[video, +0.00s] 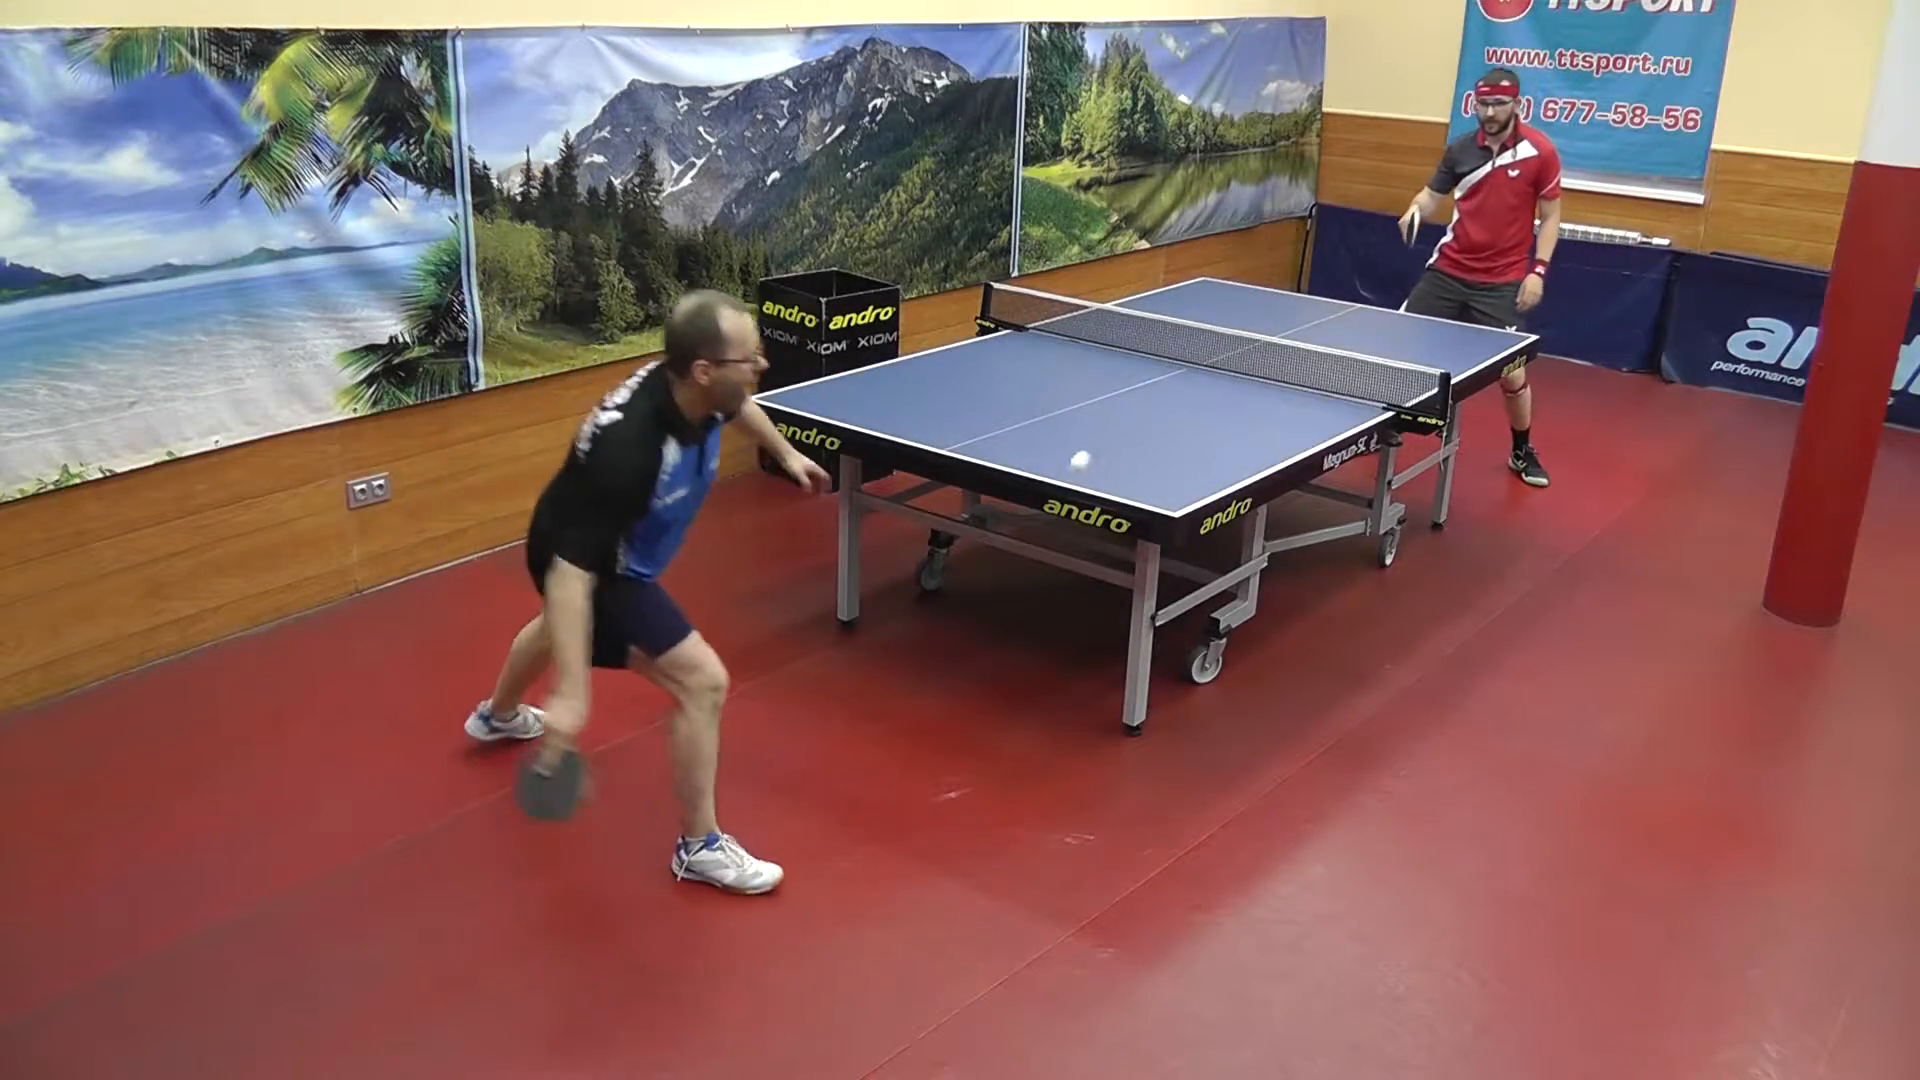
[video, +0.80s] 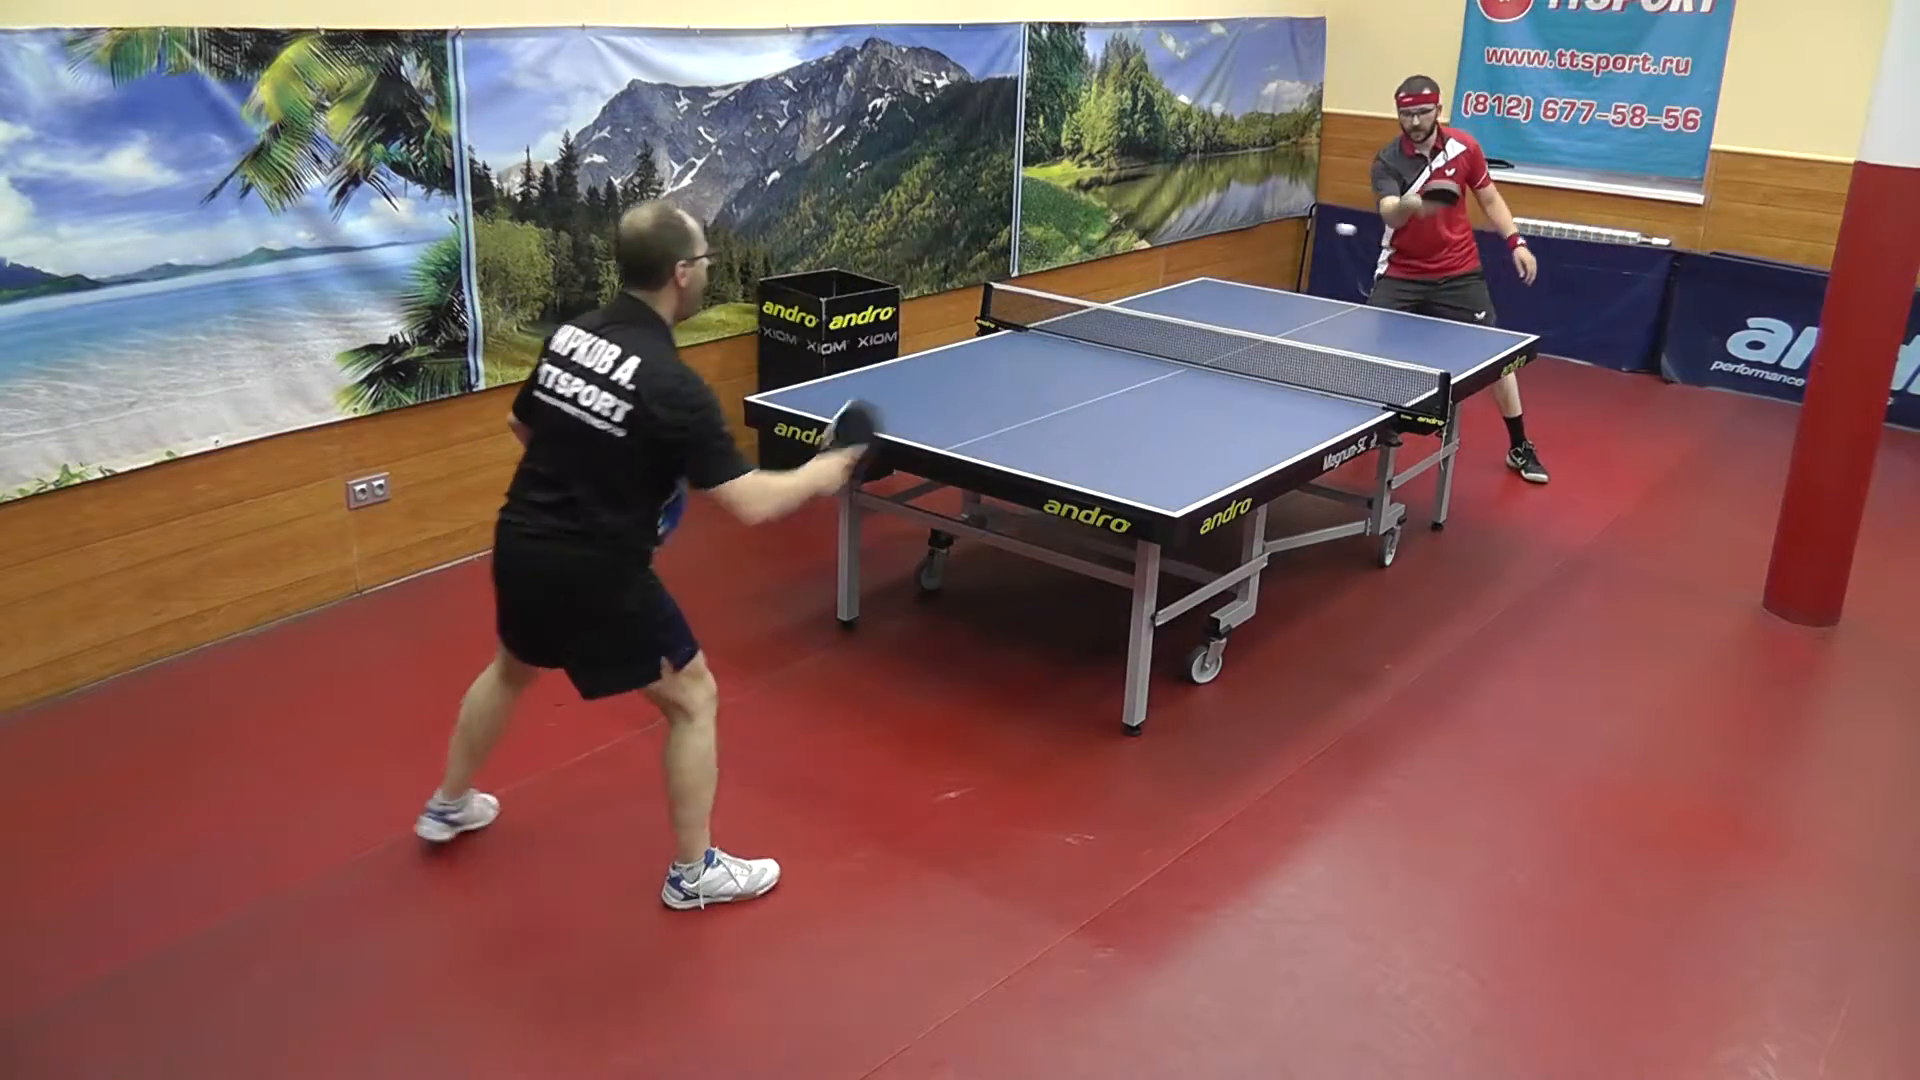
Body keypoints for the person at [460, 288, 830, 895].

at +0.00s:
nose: (758, 368)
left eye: (756, 356)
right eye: (747, 360)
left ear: (707, 368)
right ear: (701, 371)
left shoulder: (693, 384)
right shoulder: (626, 445)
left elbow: (734, 399)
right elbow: (569, 572)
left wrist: (783, 449)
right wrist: (571, 697)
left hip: (611, 556)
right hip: (596, 575)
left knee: (556, 627)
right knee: (703, 683)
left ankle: (496, 712)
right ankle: (701, 842)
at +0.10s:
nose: (792, 363)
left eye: (790, 350)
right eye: (779, 356)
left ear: (727, 360)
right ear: (729, 367)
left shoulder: (687, 367)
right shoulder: (685, 457)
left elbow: (703, 413)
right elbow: (684, 594)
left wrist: (738, 447)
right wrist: (753, 682)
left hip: (573, 517)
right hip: (603, 566)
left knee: (576, 599)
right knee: (731, 691)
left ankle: (523, 690)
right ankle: (705, 842)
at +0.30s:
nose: (822, 310)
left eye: (819, 297)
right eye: (815, 300)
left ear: (743, 302)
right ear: (781, 315)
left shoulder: (682, 338)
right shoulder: (766, 385)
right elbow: (887, 353)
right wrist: (872, 240)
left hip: (577, 506)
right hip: (639, 564)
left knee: (574, 557)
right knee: (738, 687)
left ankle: (552, 624)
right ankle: (705, 841)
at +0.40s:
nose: (807, 267)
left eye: (804, 254)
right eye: (801, 256)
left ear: (730, 262)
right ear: (773, 267)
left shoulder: (672, 315)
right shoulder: (761, 343)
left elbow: (610, 396)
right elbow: (880, 297)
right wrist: (854, 195)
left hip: (583, 505)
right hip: (650, 547)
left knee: (577, 554)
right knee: (726, 685)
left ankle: (535, 630)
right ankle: (704, 842)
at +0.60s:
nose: (753, 251)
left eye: (750, 239)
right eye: (747, 242)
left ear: (674, 253)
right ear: (727, 257)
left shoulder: (622, 323)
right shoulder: (734, 349)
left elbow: (564, 411)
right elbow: (867, 390)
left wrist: (614, 465)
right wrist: (910, 293)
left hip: (571, 535)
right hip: (650, 561)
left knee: (568, 620)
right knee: (719, 697)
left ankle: (497, 739)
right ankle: (696, 866)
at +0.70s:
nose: (730, 264)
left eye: (726, 251)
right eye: (725, 255)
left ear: (652, 264)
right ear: (705, 271)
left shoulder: (599, 334)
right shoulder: (707, 378)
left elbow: (546, 429)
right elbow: (814, 463)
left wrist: (602, 468)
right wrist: (889, 397)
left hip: (551, 551)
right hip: (632, 571)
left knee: (546, 665)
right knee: (711, 697)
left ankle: (484, 799)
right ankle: (696, 866)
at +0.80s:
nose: (708, 268)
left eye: (704, 256)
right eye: (703, 258)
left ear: (630, 271)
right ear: (680, 274)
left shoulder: (575, 333)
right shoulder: (674, 388)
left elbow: (526, 421)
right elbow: (752, 501)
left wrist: (611, 464)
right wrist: (832, 466)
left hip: (521, 550)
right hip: (600, 571)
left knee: (508, 670)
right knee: (692, 697)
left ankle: (447, 801)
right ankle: (695, 867)